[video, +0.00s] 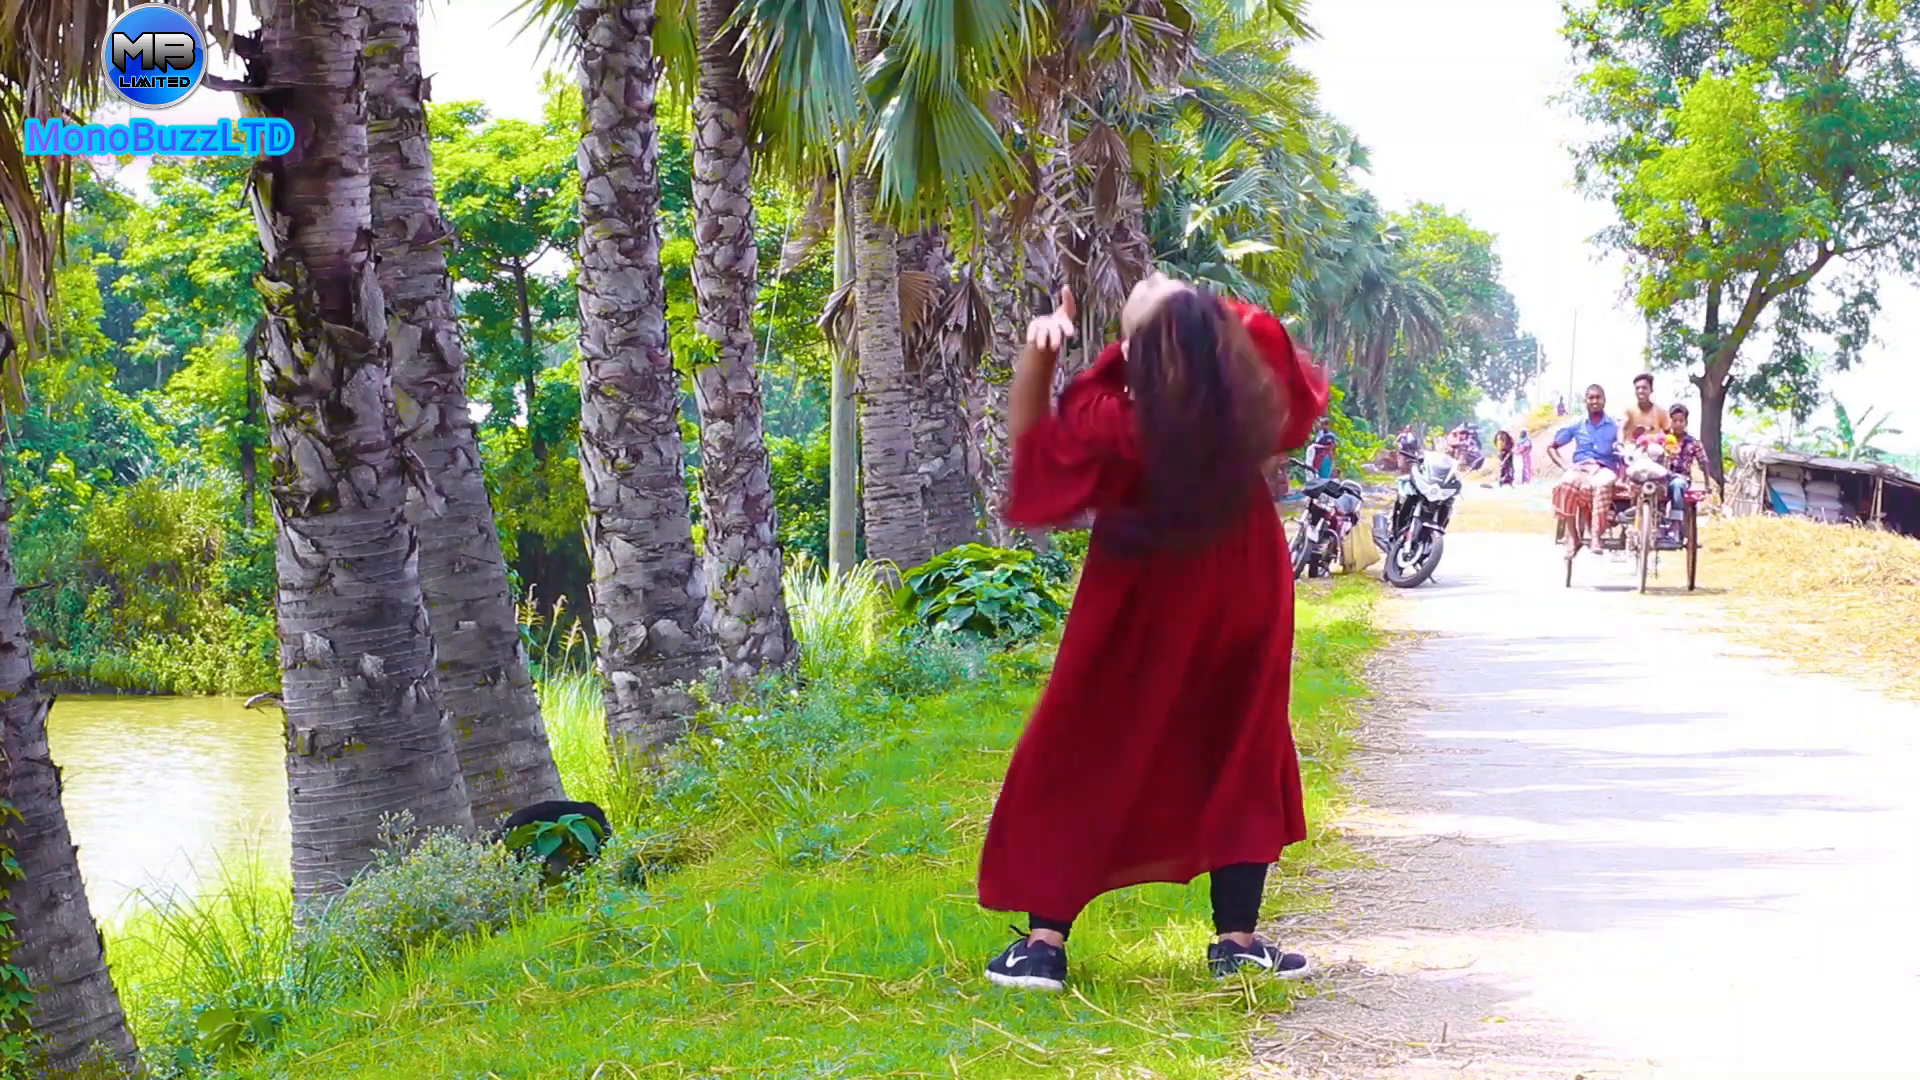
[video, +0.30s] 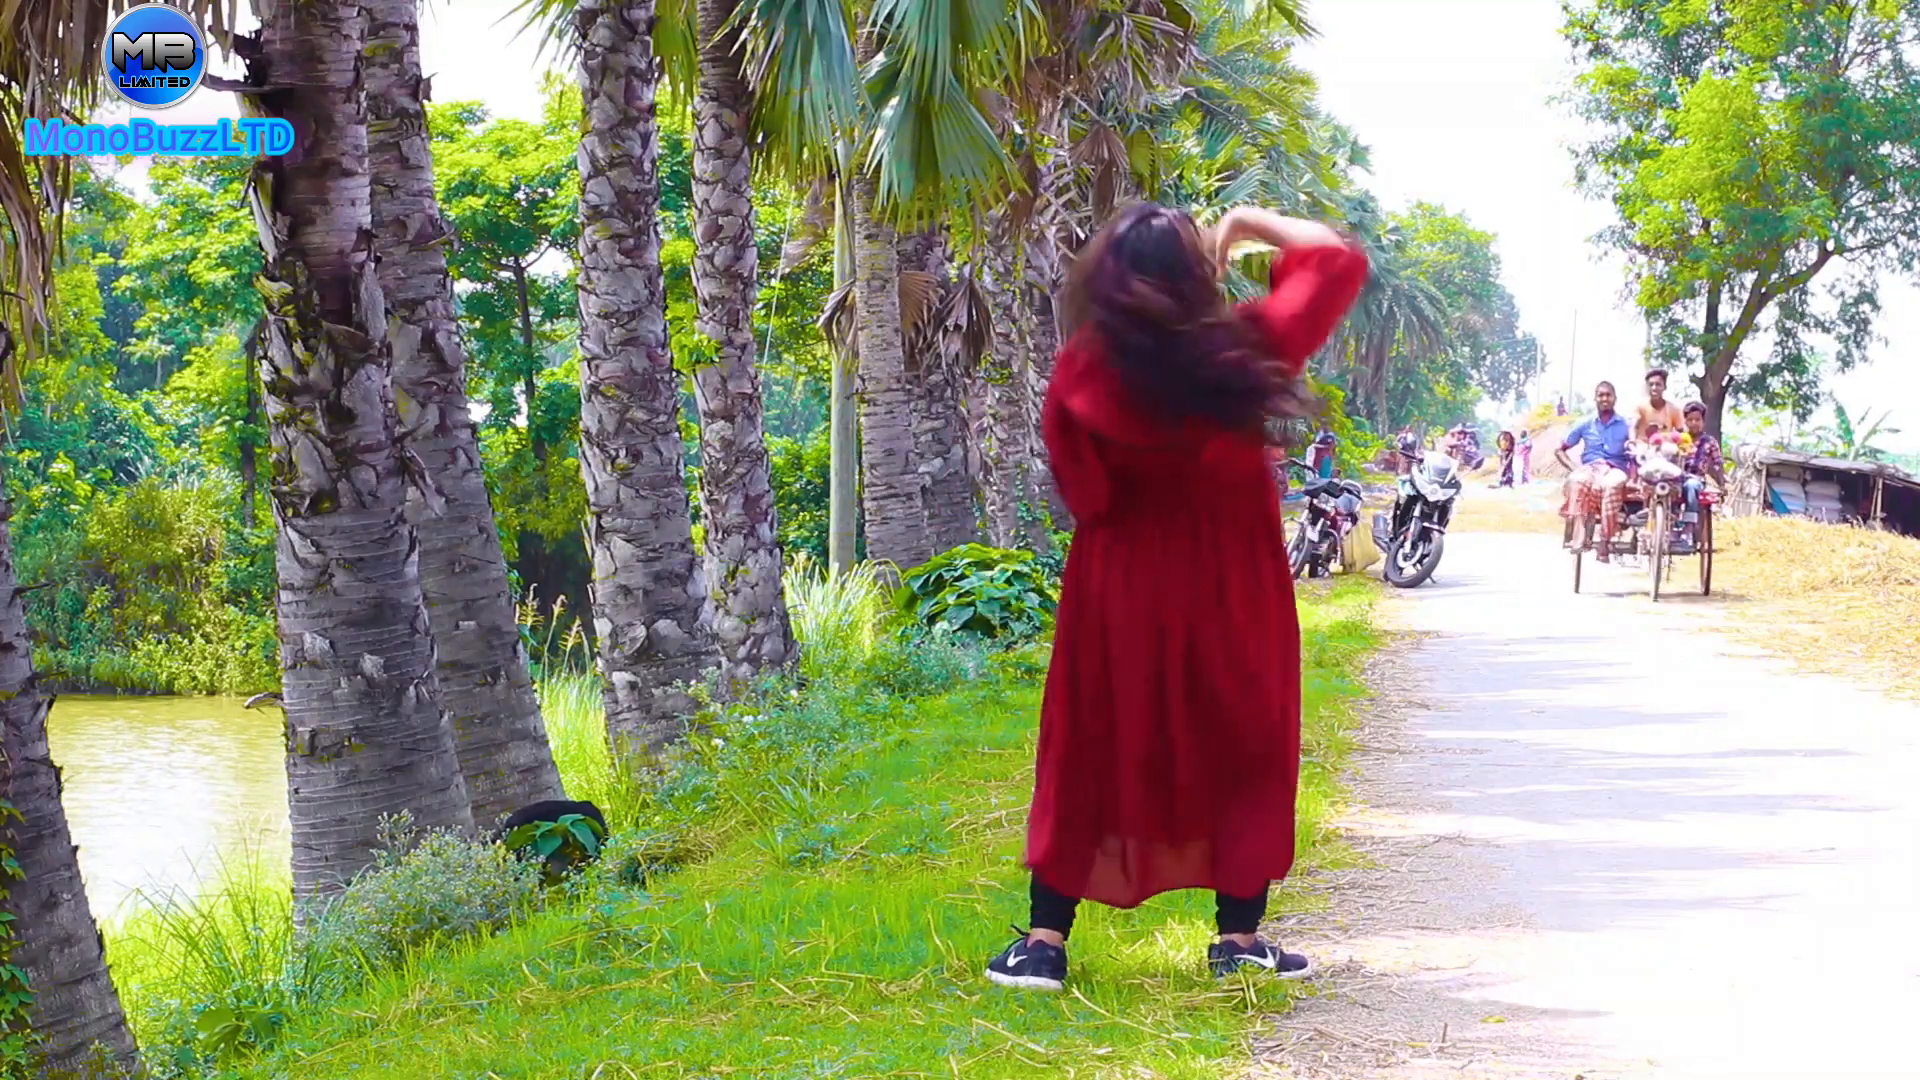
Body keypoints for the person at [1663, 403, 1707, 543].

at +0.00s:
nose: (1678, 424)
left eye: (1681, 421)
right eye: (1675, 420)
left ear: (1686, 422)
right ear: (1670, 421)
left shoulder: (1692, 442)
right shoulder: (1663, 437)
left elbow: (1703, 462)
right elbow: (1653, 456)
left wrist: (1707, 483)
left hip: (1681, 474)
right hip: (1662, 472)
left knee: (1676, 485)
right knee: (1650, 484)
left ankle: (1675, 525)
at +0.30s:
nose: (1694, 423)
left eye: (1697, 420)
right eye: (1690, 420)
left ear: (1703, 422)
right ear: (1685, 422)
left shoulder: (1709, 442)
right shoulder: (1679, 439)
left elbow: (1717, 465)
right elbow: (1670, 458)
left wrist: (1721, 485)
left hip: (1696, 476)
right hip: (1676, 475)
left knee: (1690, 485)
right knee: (1663, 485)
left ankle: (1688, 530)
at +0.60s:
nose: (1711, 423)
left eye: (1715, 419)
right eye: (1707, 419)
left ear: (1721, 421)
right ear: (1702, 421)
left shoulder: (1725, 443)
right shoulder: (1695, 439)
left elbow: (1736, 465)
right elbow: (1684, 458)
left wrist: (1739, 486)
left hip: (1712, 477)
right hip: (1692, 475)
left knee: (1705, 488)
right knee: (1678, 489)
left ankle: (1705, 533)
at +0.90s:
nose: (1729, 423)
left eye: (1733, 419)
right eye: (1725, 418)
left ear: (1739, 420)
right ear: (1719, 420)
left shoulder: (1744, 443)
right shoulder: (1711, 438)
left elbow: (1755, 467)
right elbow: (1701, 460)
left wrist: (1755, 492)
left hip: (1732, 480)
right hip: (1709, 479)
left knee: (1725, 490)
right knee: (1693, 490)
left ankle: (1721, 538)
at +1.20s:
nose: (1750, 420)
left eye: (1754, 417)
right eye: (1746, 416)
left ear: (1760, 419)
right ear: (1739, 418)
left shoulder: (1765, 443)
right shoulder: (1731, 438)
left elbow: (1777, 468)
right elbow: (1719, 459)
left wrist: (1781, 492)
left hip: (1752, 482)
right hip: (1728, 479)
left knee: (1745, 493)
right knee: (1712, 493)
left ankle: (1743, 543)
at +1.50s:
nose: (1773, 419)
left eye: (1778, 415)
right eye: (1769, 414)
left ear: (1784, 418)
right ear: (1762, 416)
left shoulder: (1789, 443)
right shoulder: (1753, 437)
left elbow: (1801, 469)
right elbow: (1739, 460)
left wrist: (1805, 495)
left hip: (1772, 483)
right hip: (1749, 482)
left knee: (1766, 495)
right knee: (1731, 495)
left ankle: (1763, 549)